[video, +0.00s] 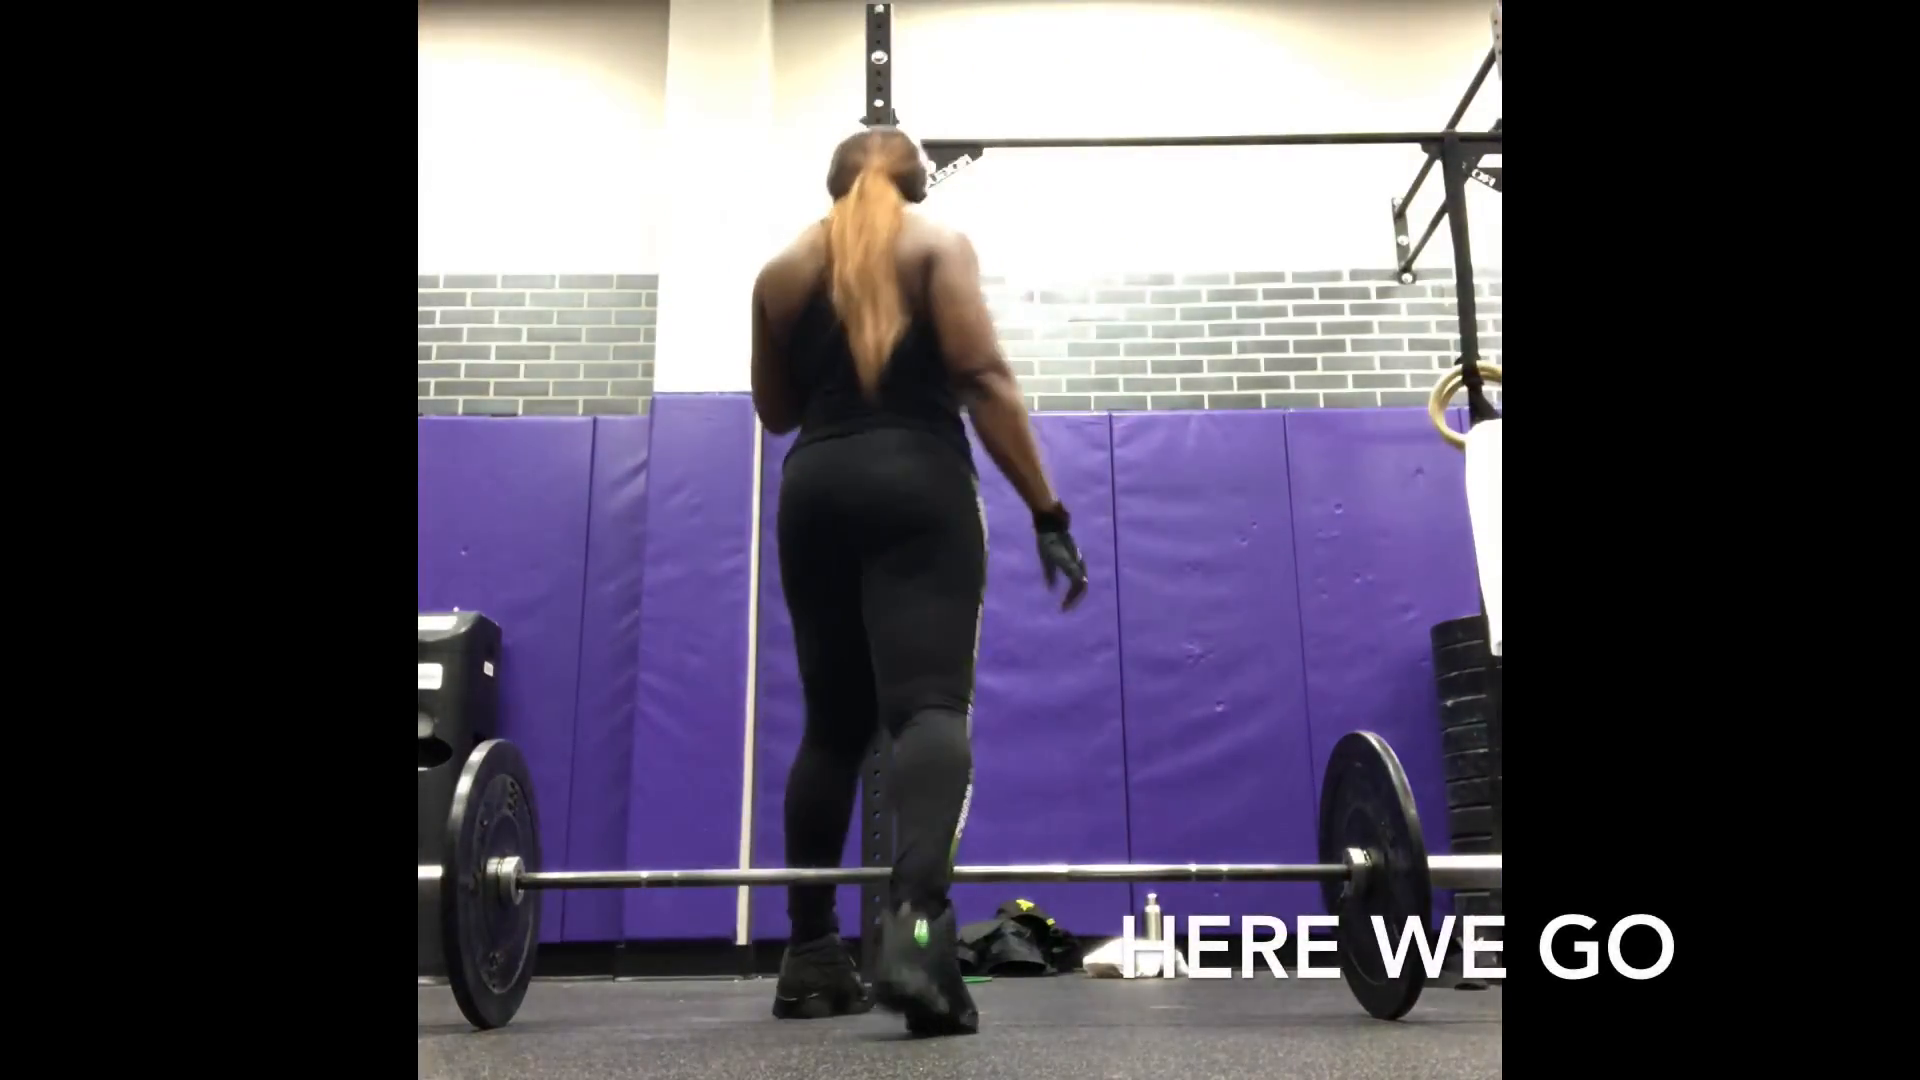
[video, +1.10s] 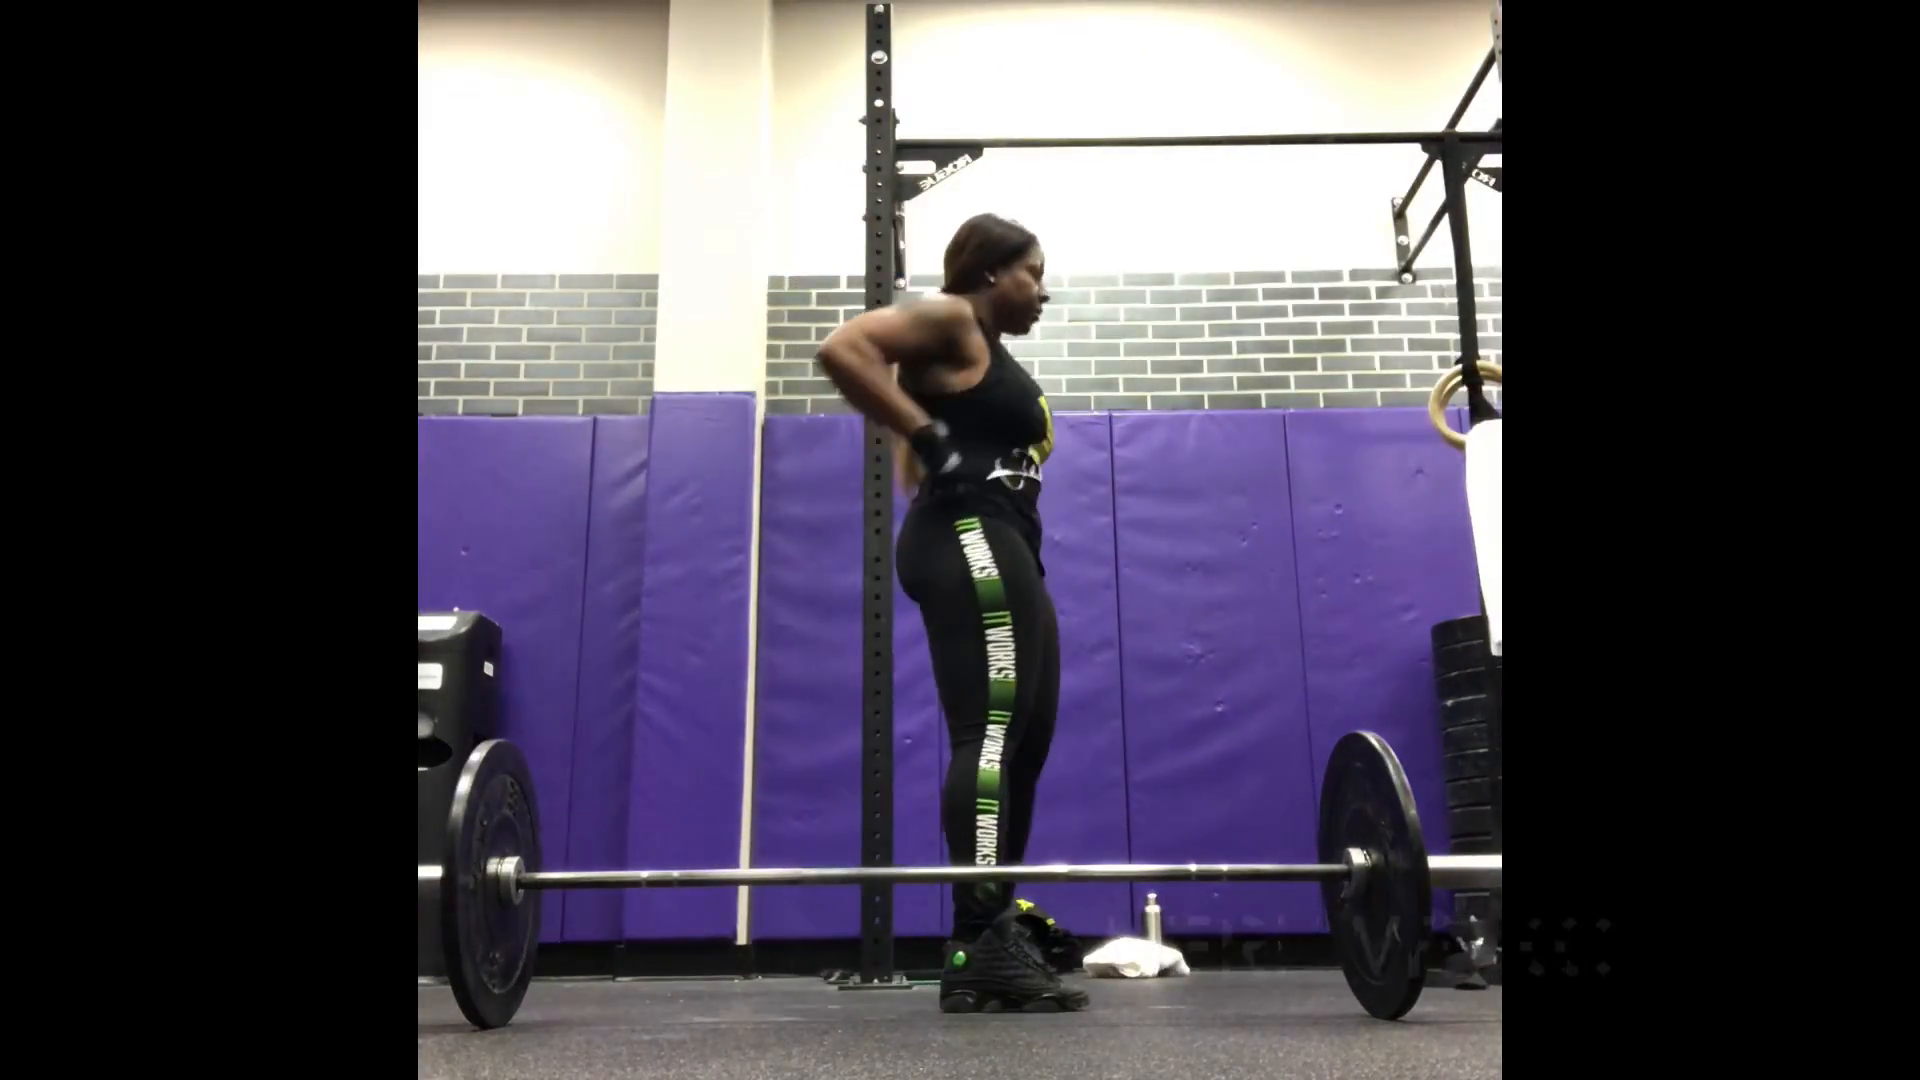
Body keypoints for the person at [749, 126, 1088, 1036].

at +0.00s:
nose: (924, 189)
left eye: (913, 176)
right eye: (923, 178)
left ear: (835, 186)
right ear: (912, 186)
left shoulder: (783, 272)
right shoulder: (935, 245)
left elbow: (776, 407)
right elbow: (983, 378)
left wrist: (860, 378)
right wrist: (1048, 511)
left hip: (812, 486)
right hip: (921, 477)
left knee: (833, 726)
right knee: (930, 710)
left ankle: (813, 953)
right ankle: (915, 934)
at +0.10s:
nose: (914, 212)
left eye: (900, 195)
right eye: (915, 199)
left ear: (834, 203)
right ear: (906, 204)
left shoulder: (780, 283)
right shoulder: (924, 255)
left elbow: (769, 415)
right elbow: (954, 367)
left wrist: (844, 379)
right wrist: (1019, 493)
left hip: (807, 490)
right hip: (910, 478)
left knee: (836, 731)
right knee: (960, 695)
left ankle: (813, 954)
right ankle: (928, 848)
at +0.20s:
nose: (914, 238)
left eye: (904, 224)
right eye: (915, 225)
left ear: (840, 214)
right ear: (904, 220)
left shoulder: (783, 291)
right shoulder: (912, 261)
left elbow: (772, 426)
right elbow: (935, 360)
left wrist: (856, 420)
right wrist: (983, 475)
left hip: (806, 491)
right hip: (900, 475)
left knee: (835, 733)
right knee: (998, 668)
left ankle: (813, 956)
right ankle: (926, 735)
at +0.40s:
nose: (933, 256)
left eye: (931, 244)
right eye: (931, 244)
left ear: (855, 231)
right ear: (918, 237)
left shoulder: (804, 307)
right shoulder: (913, 273)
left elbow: (802, 432)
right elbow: (917, 365)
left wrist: (858, 482)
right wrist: (965, 502)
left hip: (821, 504)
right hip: (910, 492)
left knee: (844, 736)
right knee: (1042, 657)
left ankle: (815, 951)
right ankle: (942, 773)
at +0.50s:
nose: (950, 255)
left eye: (946, 242)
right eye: (946, 242)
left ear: (875, 240)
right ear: (926, 239)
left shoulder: (827, 310)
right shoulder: (920, 281)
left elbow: (815, 440)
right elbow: (929, 379)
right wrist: (988, 518)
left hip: (838, 516)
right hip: (922, 509)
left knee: (855, 738)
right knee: (1031, 691)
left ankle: (817, 949)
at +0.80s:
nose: (1013, 264)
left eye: (1012, 250)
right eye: (1005, 249)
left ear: (934, 251)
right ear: (974, 246)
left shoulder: (898, 317)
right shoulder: (966, 281)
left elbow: (829, 432)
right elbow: (920, 320)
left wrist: (904, 492)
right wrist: (1008, 401)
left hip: (912, 522)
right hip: (971, 514)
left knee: (968, 734)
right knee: (994, 728)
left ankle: (868, 894)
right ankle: (986, 942)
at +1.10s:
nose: (1043, 290)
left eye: (1042, 276)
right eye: (1034, 274)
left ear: (994, 280)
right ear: (992, 275)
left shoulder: (982, 346)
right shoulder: (951, 316)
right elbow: (843, 347)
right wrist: (928, 436)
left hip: (998, 539)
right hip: (966, 533)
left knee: (1027, 730)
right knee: (994, 726)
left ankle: (995, 927)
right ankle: (980, 940)